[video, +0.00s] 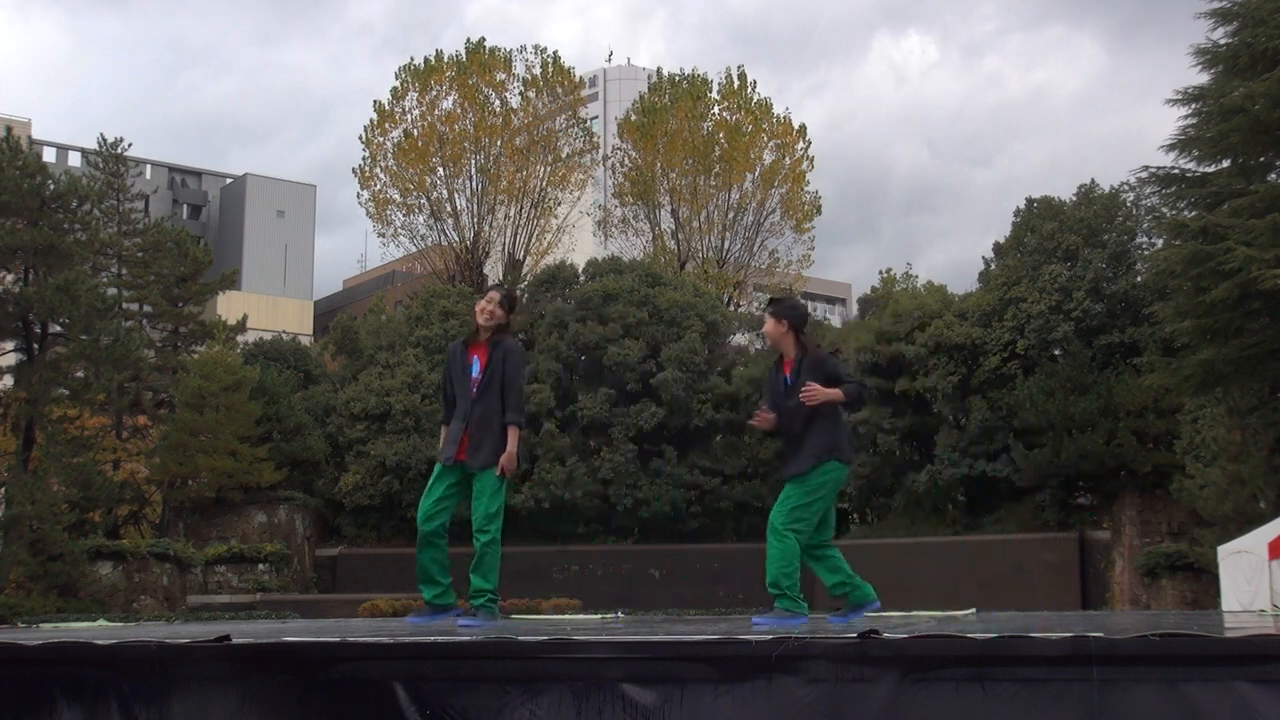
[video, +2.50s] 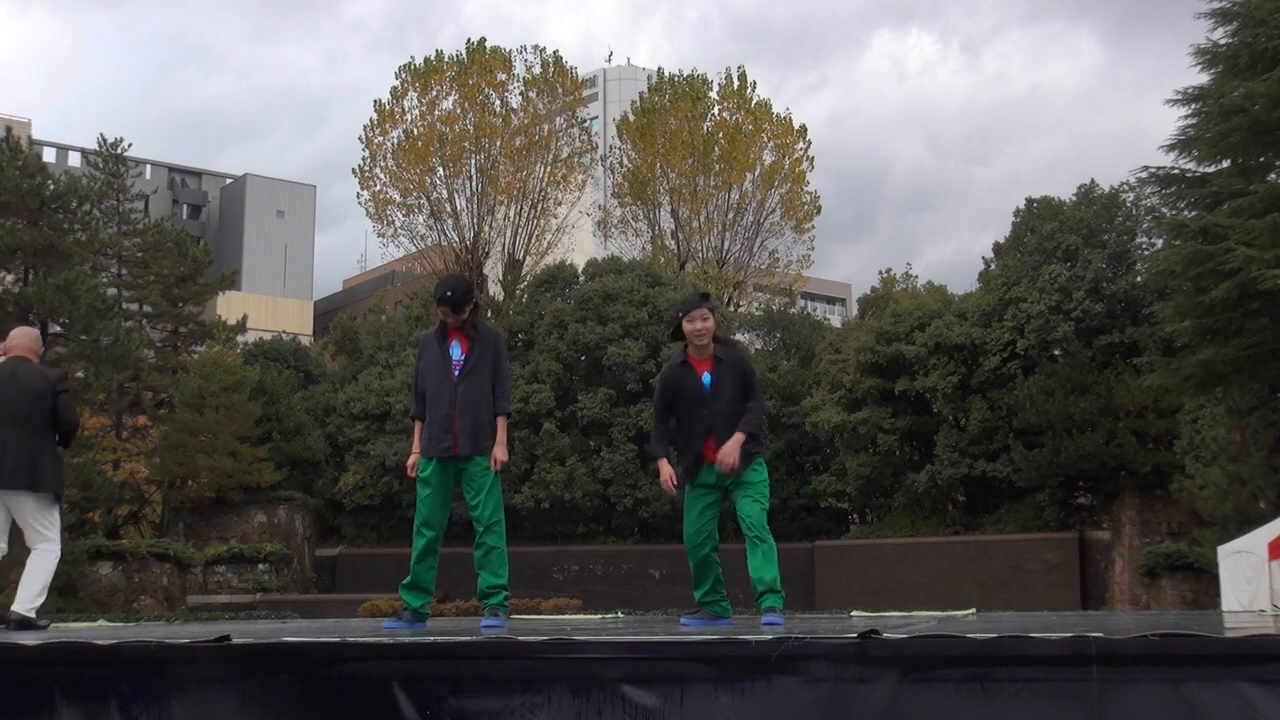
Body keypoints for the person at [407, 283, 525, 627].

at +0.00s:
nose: (487, 308)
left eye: (495, 306)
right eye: (485, 301)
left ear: (505, 317)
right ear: (476, 305)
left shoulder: (510, 350)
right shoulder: (457, 350)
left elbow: (514, 400)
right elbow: (449, 401)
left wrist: (512, 447)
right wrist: (445, 441)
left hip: (491, 452)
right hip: (455, 449)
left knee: (484, 529)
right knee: (428, 519)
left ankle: (485, 606)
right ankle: (439, 602)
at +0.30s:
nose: (445, 320)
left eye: (452, 318)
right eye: (445, 314)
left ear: (471, 322)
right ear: (443, 313)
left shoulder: (487, 354)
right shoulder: (430, 352)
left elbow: (492, 405)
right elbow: (419, 404)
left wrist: (488, 450)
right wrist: (413, 452)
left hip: (467, 456)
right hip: (428, 453)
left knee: (475, 532)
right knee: (416, 531)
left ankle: (483, 606)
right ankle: (405, 607)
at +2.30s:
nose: (445, 319)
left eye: (452, 312)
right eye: (439, 312)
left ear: (465, 305)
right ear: (430, 307)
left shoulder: (484, 339)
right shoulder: (421, 343)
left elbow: (498, 394)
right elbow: (412, 400)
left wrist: (496, 441)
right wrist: (409, 447)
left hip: (474, 447)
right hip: (428, 448)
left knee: (484, 526)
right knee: (423, 528)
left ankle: (493, 606)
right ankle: (414, 607)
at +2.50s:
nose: (452, 317)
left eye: (459, 311)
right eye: (446, 311)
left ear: (472, 305)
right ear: (437, 307)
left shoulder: (492, 340)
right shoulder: (427, 342)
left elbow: (501, 393)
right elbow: (420, 399)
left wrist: (501, 441)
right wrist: (416, 448)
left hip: (480, 448)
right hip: (435, 449)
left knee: (488, 526)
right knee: (426, 527)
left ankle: (494, 606)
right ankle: (415, 607)